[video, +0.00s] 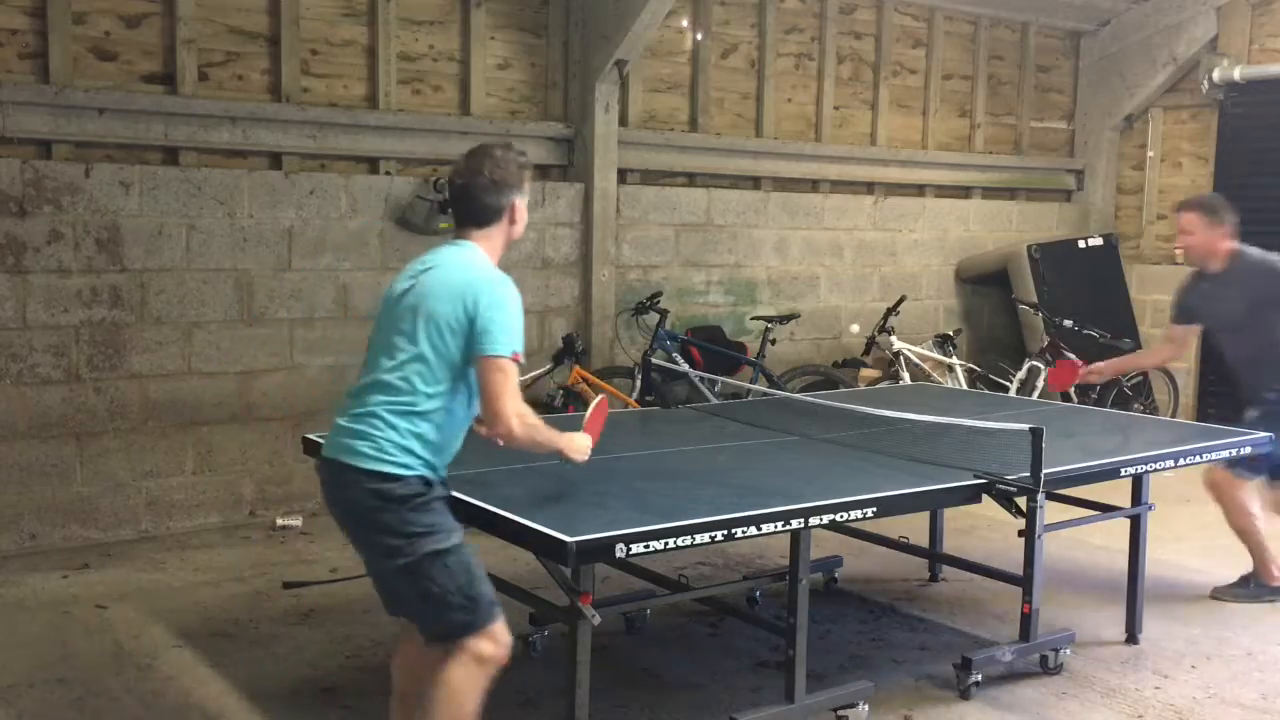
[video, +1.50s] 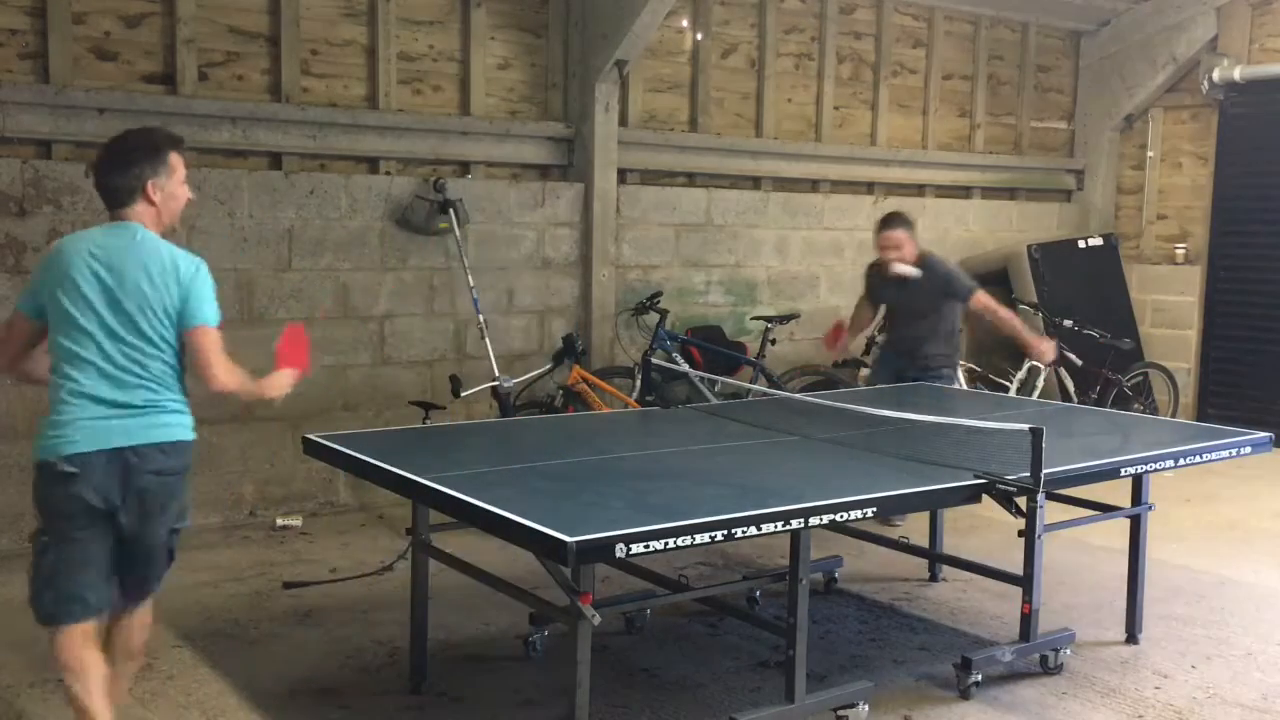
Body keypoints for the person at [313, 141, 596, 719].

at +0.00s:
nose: (527, 213)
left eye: (525, 202)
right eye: (526, 202)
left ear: (459, 207)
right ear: (515, 211)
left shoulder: (421, 269)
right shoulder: (492, 288)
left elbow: (408, 369)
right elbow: (507, 420)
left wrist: (477, 414)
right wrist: (563, 442)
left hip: (348, 464)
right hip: (393, 477)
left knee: (428, 631)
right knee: (485, 643)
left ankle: (407, 716)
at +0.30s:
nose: (566, 204)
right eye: (566, 195)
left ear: (490, 199)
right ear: (558, 206)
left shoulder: (419, 276)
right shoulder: (575, 303)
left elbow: (350, 390)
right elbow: (574, 448)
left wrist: (358, 452)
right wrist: (517, 434)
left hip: (399, 493)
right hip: (493, 500)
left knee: (419, 648)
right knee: (541, 684)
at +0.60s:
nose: (517, 191)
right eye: (517, 183)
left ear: (437, 194)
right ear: (512, 197)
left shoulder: (390, 271)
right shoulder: (543, 293)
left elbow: (327, 389)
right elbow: (537, 399)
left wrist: (291, 446)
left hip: (396, 506)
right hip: (500, 505)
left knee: (336, 676)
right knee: (537, 701)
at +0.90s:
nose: (333, 259)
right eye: (331, 249)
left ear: (260, 261)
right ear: (326, 258)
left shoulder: (233, 325)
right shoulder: (368, 325)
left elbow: (177, 472)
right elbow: (369, 431)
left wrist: (128, 534)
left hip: (296, 532)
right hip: (397, 520)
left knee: (219, 670)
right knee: (474, 689)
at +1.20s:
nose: (228, 206)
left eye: (227, 194)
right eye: (226, 194)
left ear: (152, 198)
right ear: (208, 195)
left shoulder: (102, 264)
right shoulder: (254, 267)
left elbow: (17, 376)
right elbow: (297, 382)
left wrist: (27, 392)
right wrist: (330, 367)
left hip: (185, 471)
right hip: (276, 454)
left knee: (158, 663)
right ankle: (294, 714)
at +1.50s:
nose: (189, 193)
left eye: (186, 179)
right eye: (181, 180)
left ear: (120, 191)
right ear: (151, 190)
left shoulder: (63, 256)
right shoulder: (186, 268)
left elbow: (14, 359)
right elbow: (214, 375)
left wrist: (78, 370)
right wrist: (264, 387)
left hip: (72, 455)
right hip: (159, 451)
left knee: (72, 619)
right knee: (137, 598)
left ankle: (98, 712)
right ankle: (108, 706)